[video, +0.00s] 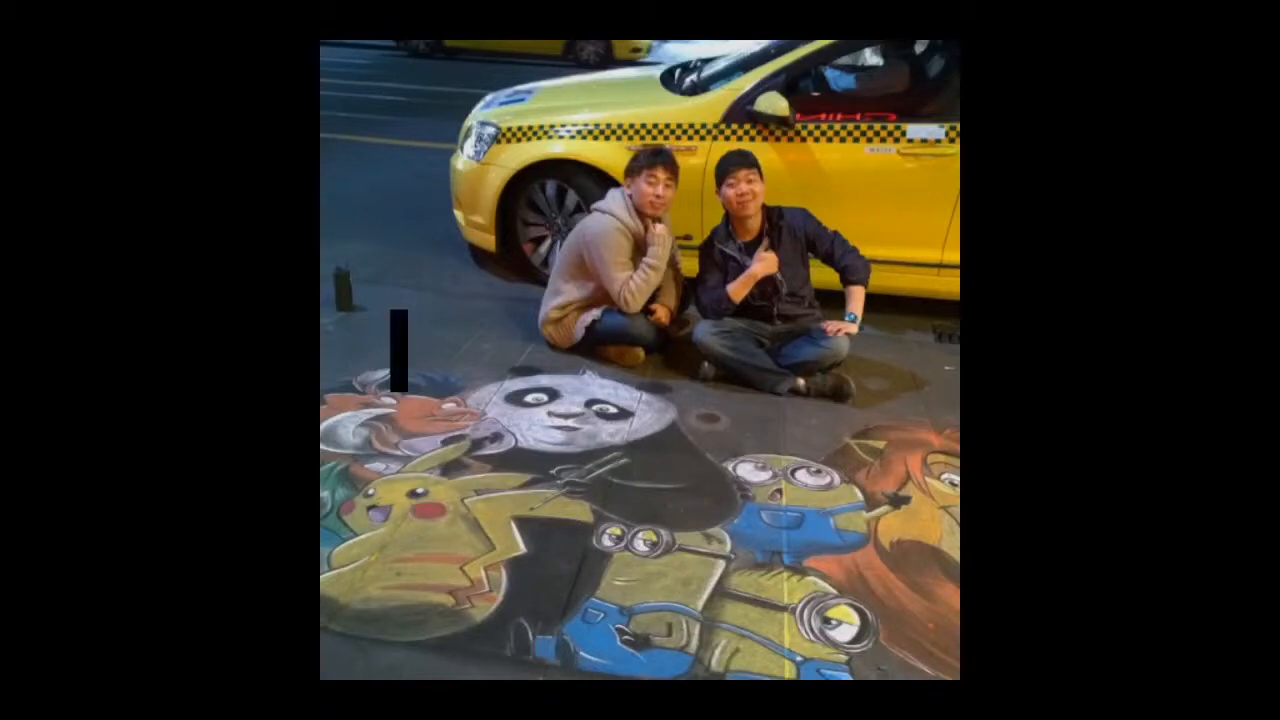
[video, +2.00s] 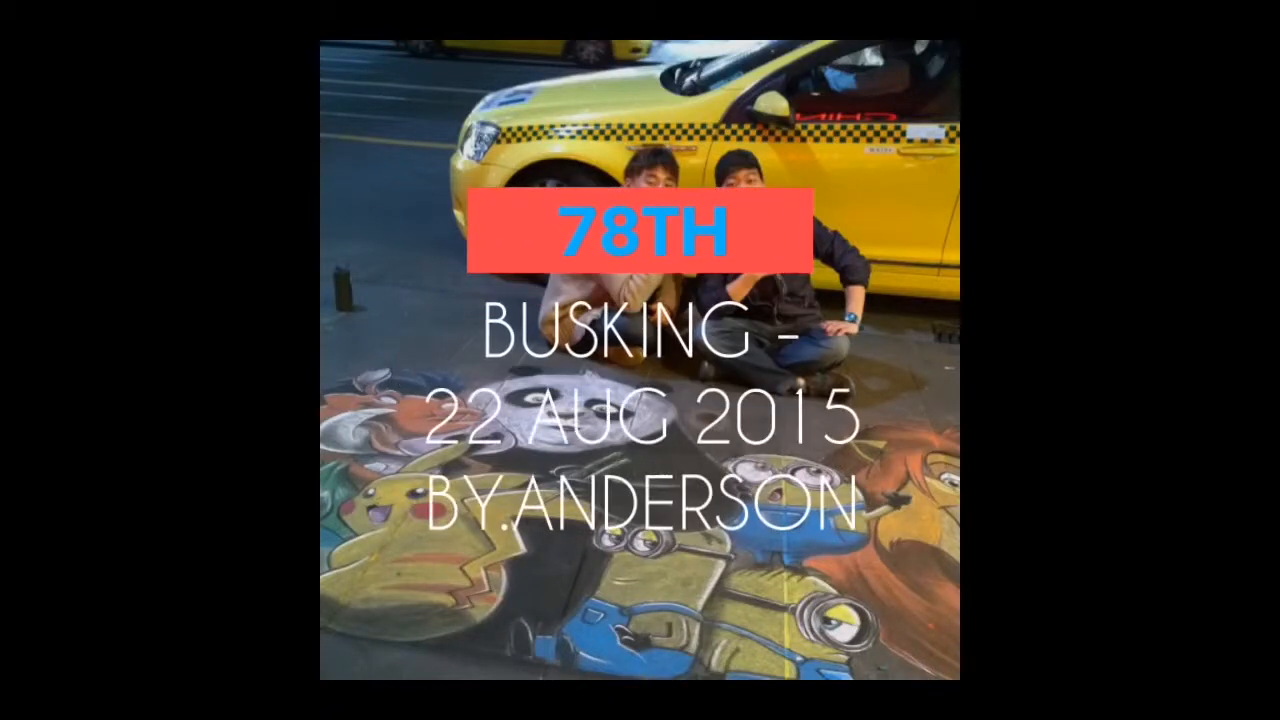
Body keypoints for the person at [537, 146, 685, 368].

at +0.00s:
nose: (660, 193)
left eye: (668, 185)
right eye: (651, 182)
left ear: (675, 193)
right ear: (629, 184)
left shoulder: (656, 221)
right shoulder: (605, 227)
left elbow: (670, 269)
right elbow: (629, 301)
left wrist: (665, 304)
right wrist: (658, 251)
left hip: (607, 305)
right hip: (566, 320)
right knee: (638, 327)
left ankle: (622, 346)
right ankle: (669, 334)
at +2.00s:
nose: (659, 191)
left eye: (668, 184)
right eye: (651, 181)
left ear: (675, 190)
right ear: (629, 182)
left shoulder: (655, 224)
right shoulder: (604, 221)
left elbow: (668, 279)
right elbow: (629, 300)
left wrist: (665, 305)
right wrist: (664, 247)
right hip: (565, 319)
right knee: (637, 327)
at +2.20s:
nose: (659, 191)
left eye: (668, 184)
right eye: (651, 181)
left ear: (675, 190)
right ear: (629, 182)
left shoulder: (656, 224)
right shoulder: (604, 222)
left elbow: (669, 278)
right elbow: (629, 300)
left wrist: (665, 305)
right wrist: (664, 249)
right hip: (566, 319)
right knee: (639, 327)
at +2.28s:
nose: (659, 191)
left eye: (668, 184)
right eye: (651, 181)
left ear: (675, 190)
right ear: (629, 182)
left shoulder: (656, 224)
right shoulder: (604, 222)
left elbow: (669, 278)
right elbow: (629, 300)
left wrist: (665, 305)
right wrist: (664, 249)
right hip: (566, 319)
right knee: (639, 327)